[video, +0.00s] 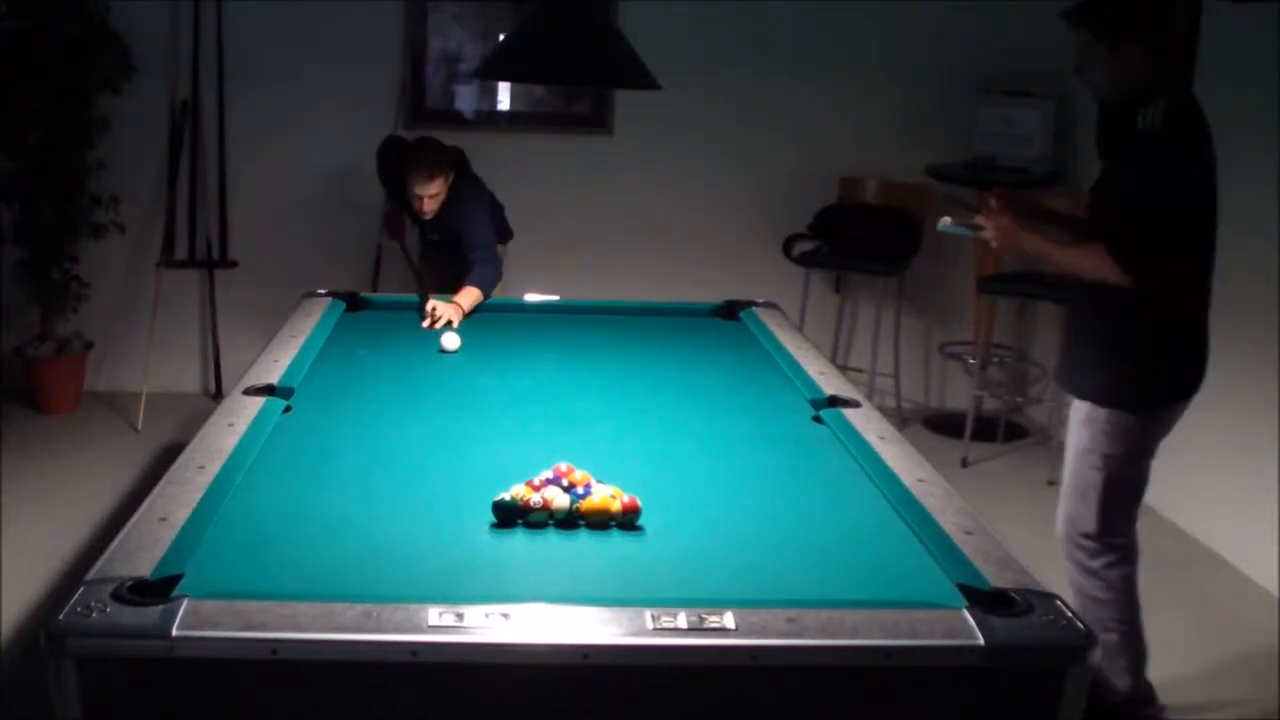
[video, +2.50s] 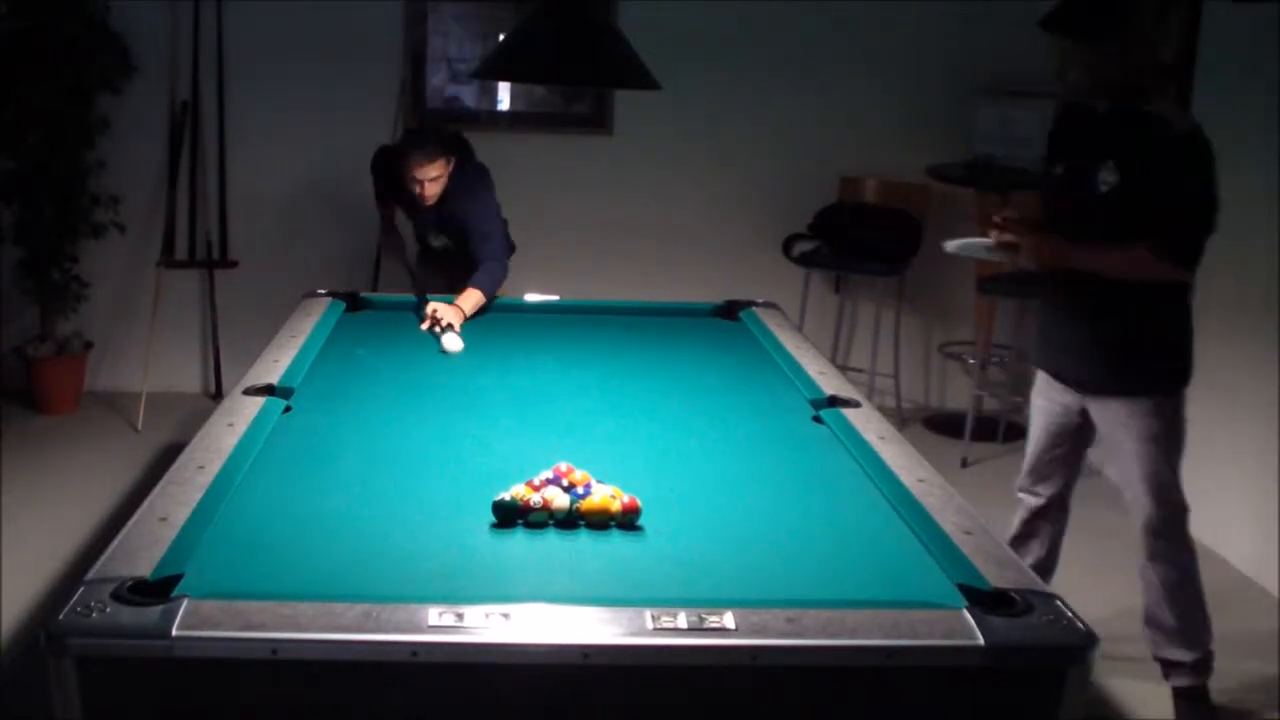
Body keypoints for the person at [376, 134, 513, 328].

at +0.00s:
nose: (425, 207)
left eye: (434, 197)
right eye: (418, 197)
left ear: (449, 180)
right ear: (406, 186)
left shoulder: (468, 197)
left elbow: (488, 265)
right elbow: (389, 146)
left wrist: (459, 306)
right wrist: (394, 205)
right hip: (433, 240)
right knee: (431, 308)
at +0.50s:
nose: (419, 219)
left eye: (428, 209)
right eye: (411, 210)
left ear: (443, 194)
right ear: (399, 202)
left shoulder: (468, 210)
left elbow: (490, 275)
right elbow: (383, 150)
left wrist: (460, 310)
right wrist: (387, 212)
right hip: (434, 246)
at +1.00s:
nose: (416, 207)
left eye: (426, 196)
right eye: (408, 198)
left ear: (440, 184)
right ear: (395, 189)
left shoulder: (465, 201)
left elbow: (481, 262)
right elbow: (382, 152)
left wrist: (456, 308)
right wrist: (387, 216)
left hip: (489, 248)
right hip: (438, 243)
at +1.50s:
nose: (415, 207)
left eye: (424, 197)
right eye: (407, 199)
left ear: (439, 184)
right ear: (393, 189)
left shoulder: (462, 198)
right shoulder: (389, 170)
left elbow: (478, 260)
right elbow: (382, 155)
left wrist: (456, 308)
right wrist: (386, 222)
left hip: (492, 247)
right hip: (441, 244)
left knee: (485, 325)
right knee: (427, 318)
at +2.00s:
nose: (413, 206)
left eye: (421, 196)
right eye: (404, 197)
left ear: (436, 183)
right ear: (392, 188)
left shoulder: (460, 200)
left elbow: (476, 261)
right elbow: (377, 161)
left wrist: (456, 308)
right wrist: (384, 227)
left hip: (492, 248)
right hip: (441, 245)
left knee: (485, 327)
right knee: (425, 319)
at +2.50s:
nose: (425, 191)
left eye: (435, 180)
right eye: (417, 181)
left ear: (450, 166)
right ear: (404, 171)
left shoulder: (472, 183)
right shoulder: (391, 166)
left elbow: (495, 260)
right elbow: (380, 162)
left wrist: (460, 309)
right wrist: (388, 228)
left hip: (474, 261)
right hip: (432, 257)